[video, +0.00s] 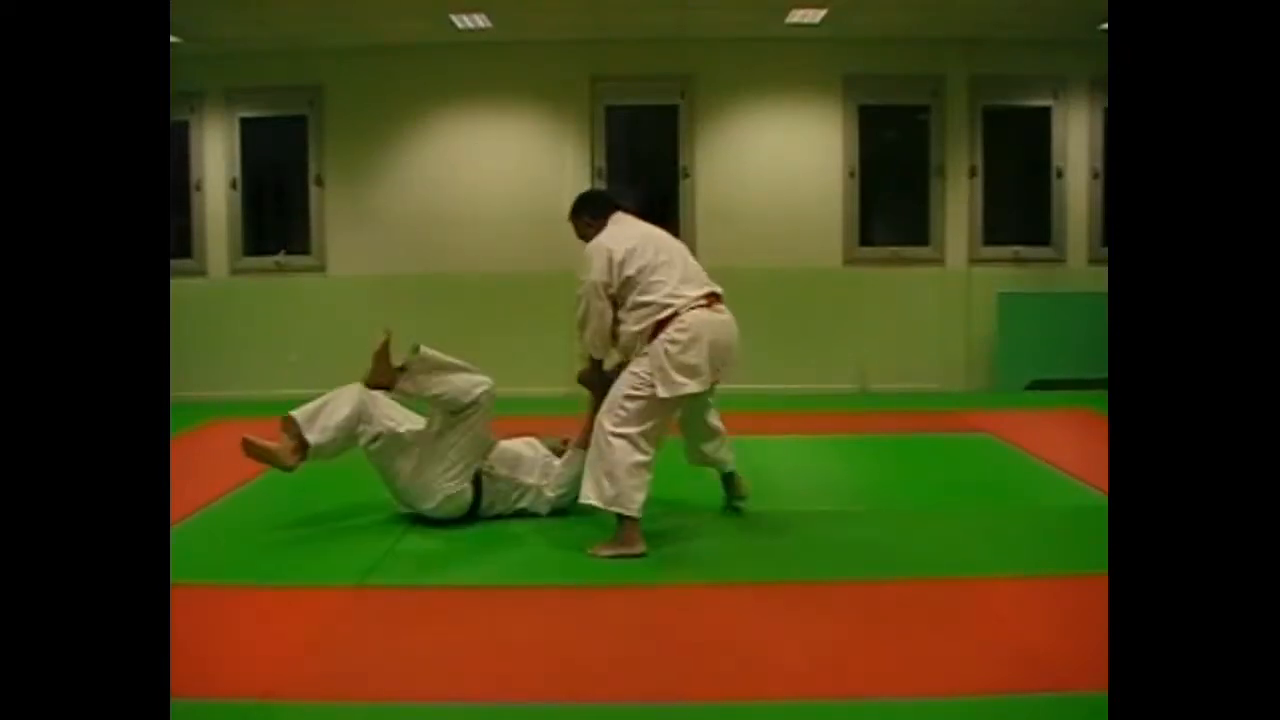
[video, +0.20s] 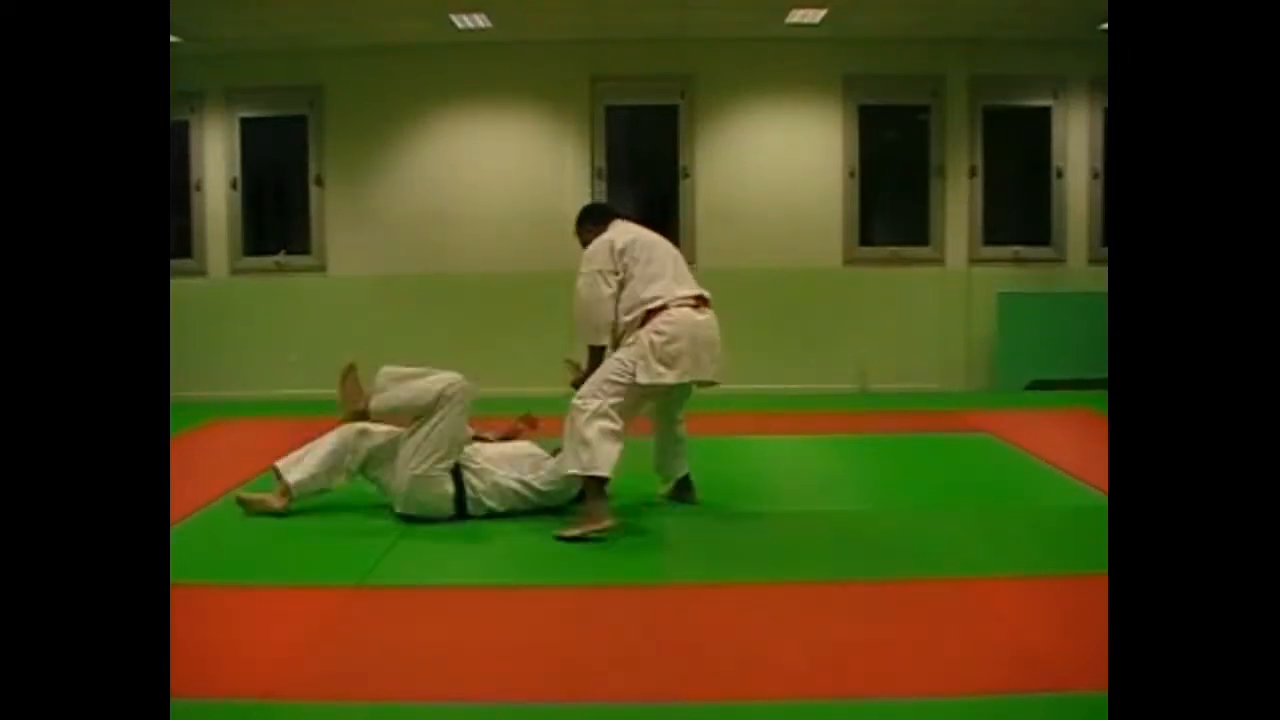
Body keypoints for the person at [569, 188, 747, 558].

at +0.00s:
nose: (580, 237)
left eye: (579, 229)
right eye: (577, 230)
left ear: (591, 220)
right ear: (612, 212)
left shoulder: (603, 247)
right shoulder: (647, 232)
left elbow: (598, 321)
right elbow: (648, 313)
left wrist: (593, 368)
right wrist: (618, 366)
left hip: (678, 334)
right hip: (721, 324)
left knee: (616, 424)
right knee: (698, 413)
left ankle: (628, 533)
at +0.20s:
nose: (584, 247)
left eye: (583, 240)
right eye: (581, 241)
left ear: (590, 230)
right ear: (612, 222)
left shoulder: (602, 247)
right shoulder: (648, 239)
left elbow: (596, 316)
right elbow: (638, 313)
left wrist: (592, 374)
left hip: (664, 331)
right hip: (704, 328)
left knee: (591, 404)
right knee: (668, 410)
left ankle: (595, 509)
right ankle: (681, 481)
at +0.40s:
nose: (568, 261)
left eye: (566, 254)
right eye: (564, 256)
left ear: (572, 241)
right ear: (594, 229)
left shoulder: (585, 251)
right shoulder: (639, 244)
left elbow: (577, 325)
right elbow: (687, 286)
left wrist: (558, 379)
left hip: (647, 331)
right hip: (689, 327)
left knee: (579, 410)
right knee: (658, 414)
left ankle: (561, 509)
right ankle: (678, 482)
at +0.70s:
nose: (544, 276)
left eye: (542, 269)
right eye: (541, 272)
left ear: (548, 255)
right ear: (570, 241)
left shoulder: (562, 263)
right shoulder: (620, 252)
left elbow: (557, 330)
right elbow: (669, 290)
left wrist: (537, 385)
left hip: (628, 336)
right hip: (671, 332)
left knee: (561, 412)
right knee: (647, 413)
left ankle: (559, 511)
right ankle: (674, 483)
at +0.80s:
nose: (534, 286)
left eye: (531, 280)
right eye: (530, 283)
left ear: (537, 267)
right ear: (559, 251)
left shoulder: (553, 271)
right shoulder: (599, 262)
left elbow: (553, 331)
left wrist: (534, 385)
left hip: (626, 336)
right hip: (668, 332)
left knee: (556, 414)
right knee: (644, 415)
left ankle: (559, 512)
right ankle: (674, 484)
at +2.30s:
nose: (548, 227)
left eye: (546, 220)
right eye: (545, 221)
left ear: (555, 208)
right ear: (577, 202)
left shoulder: (570, 225)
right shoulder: (621, 223)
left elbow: (554, 287)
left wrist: (524, 340)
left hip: (615, 319)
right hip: (659, 316)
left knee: (565, 411)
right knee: (646, 406)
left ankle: (561, 511)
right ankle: (675, 484)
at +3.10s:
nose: (510, 190)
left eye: (513, 179)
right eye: (507, 181)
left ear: (536, 169)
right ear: (541, 169)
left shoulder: (554, 206)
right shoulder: (573, 194)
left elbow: (565, 276)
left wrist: (554, 336)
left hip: (594, 320)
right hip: (622, 309)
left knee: (557, 410)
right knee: (618, 403)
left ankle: (566, 508)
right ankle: (652, 468)